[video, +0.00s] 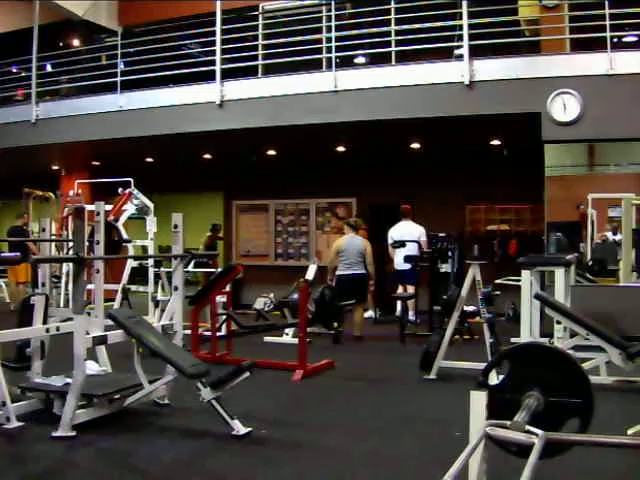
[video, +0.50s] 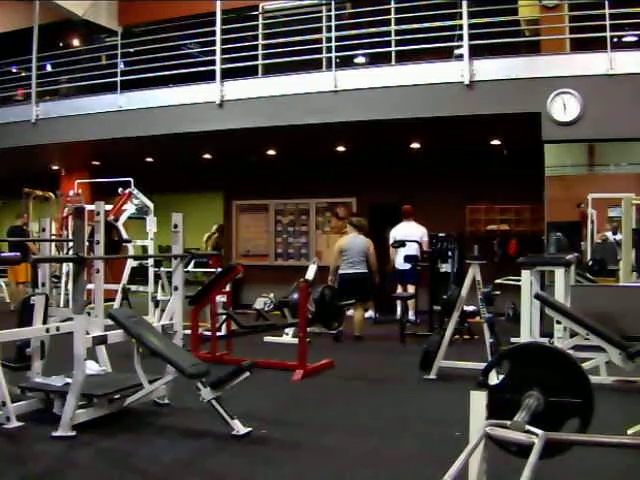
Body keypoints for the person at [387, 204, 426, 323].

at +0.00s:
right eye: (409, 214)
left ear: (400, 215)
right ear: (411, 215)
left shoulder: (392, 230)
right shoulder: (419, 229)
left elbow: (390, 249)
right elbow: (424, 247)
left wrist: (395, 258)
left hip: (398, 261)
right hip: (412, 260)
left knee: (400, 285)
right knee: (410, 286)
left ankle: (398, 311)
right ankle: (411, 314)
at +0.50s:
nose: (408, 217)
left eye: (406, 215)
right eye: (410, 215)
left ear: (402, 215)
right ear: (413, 215)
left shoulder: (394, 230)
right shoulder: (421, 229)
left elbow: (392, 248)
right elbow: (425, 248)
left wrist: (392, 260)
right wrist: (424, 259)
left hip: (399, 260)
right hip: (414, 260)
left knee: (399, 285)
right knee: (411, 286)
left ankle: (398, 312)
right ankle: (411, 314)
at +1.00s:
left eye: (399, 216)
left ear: (397, 216)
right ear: (408, 216)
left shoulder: (391, 231)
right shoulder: (416, 231)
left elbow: (388, 249)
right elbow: (419, 247)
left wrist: (386, 264)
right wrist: (416, 258)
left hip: (396, 263)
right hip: (410, 262)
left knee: (396, 285)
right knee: (412, 284)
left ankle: (397, 310)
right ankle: (413, 308)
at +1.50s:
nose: (396, 220)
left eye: (395, 218)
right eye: (398, 218)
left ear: (393, 218)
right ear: (402, 218)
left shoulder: (385, 231)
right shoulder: (410, 232)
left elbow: (380, 246)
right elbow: (413, 249)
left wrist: (386, 252)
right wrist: (407, 253)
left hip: (390, 261)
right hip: (404, 262)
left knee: (393, 285)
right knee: (403, 284)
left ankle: (396, 307)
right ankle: (398, 304)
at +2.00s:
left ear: (390, 223)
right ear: (400, 224)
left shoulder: (383, 232)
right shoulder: (404, 234)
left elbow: (377, 245)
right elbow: (409, 248)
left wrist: (384, 251)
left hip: (386, 258)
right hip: (399, 260)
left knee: (384, 281)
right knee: (395, 283)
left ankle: (386, 306)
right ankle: (392, 305)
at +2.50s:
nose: (391, 235)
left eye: (390, 233)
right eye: (392, 233)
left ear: (387, 234)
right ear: (397, 233)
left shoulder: (384, 243)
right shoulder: (402, 244)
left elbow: (381, 254)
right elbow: (407, 255)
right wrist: (407, 263)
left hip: (385, 264)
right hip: (397, 266)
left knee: (383, 290)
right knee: (394, 285)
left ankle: (383, 308)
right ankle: (392, 307)